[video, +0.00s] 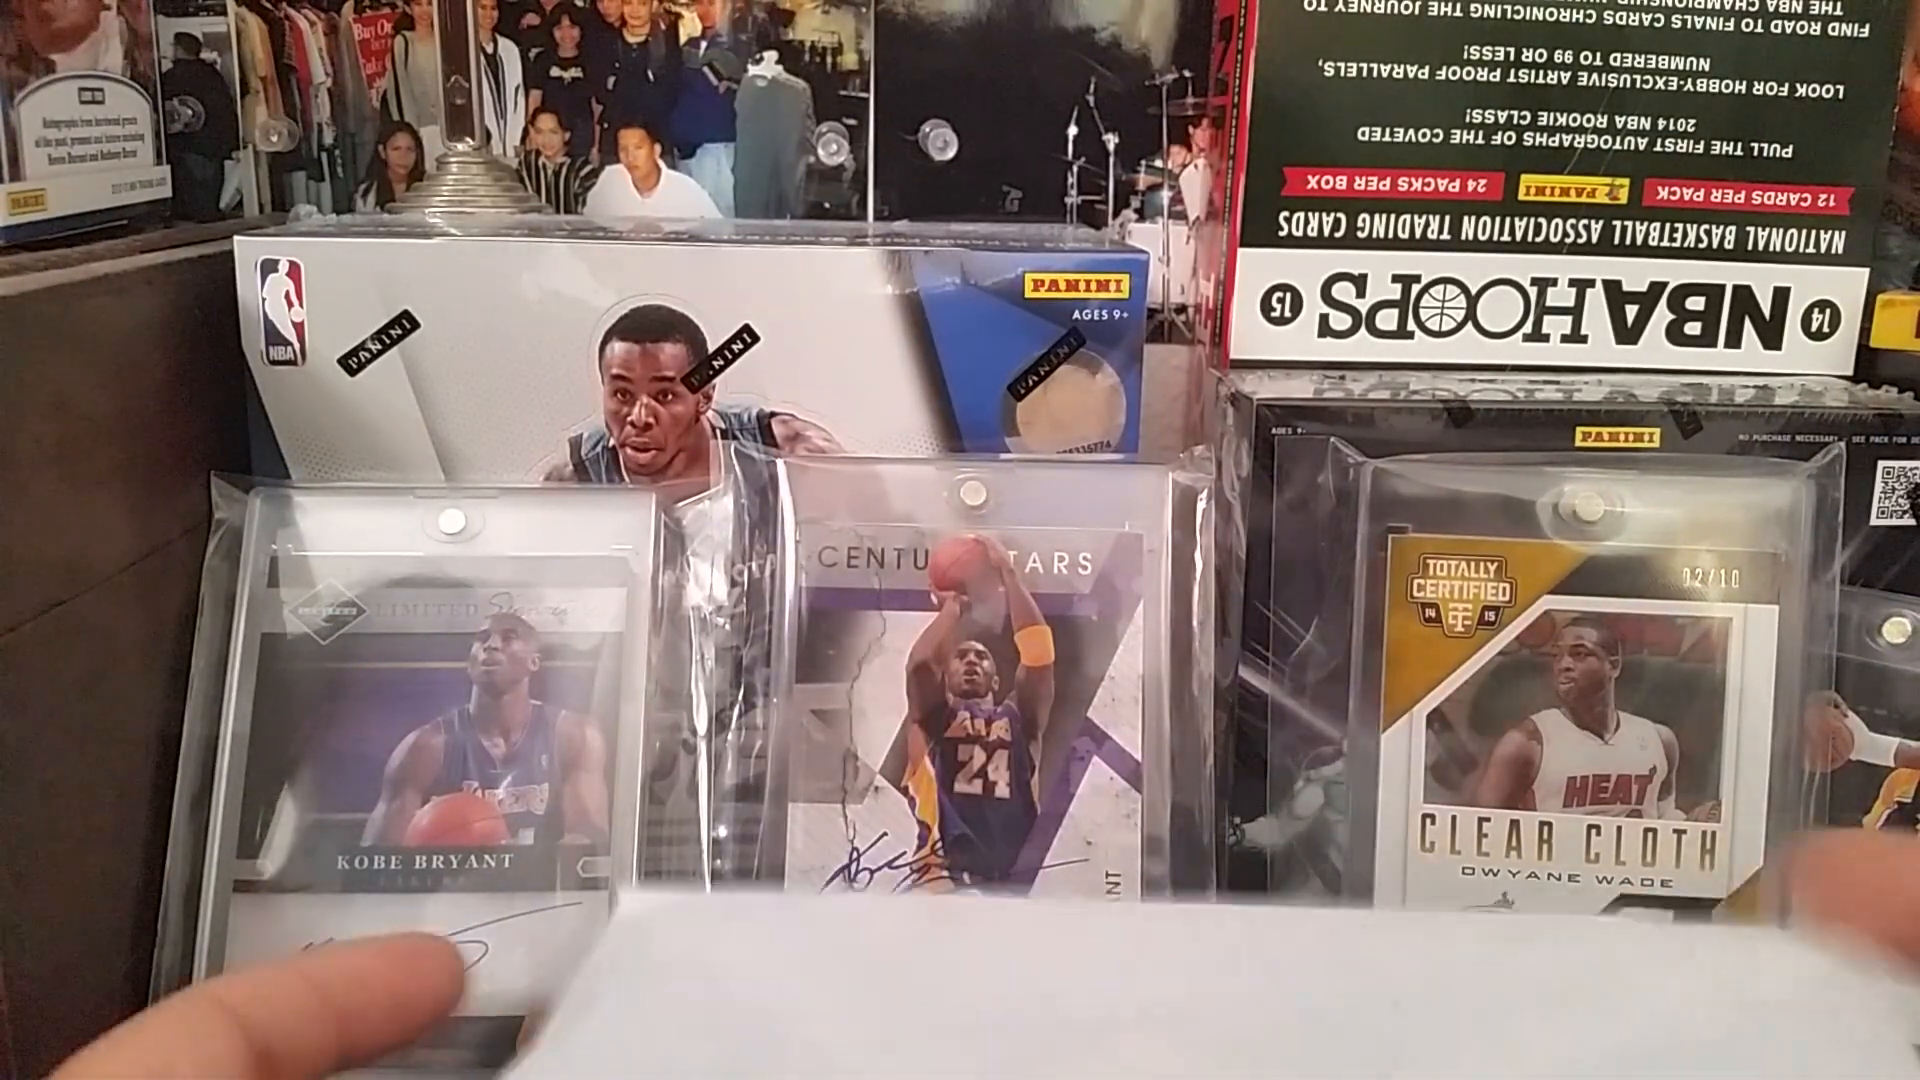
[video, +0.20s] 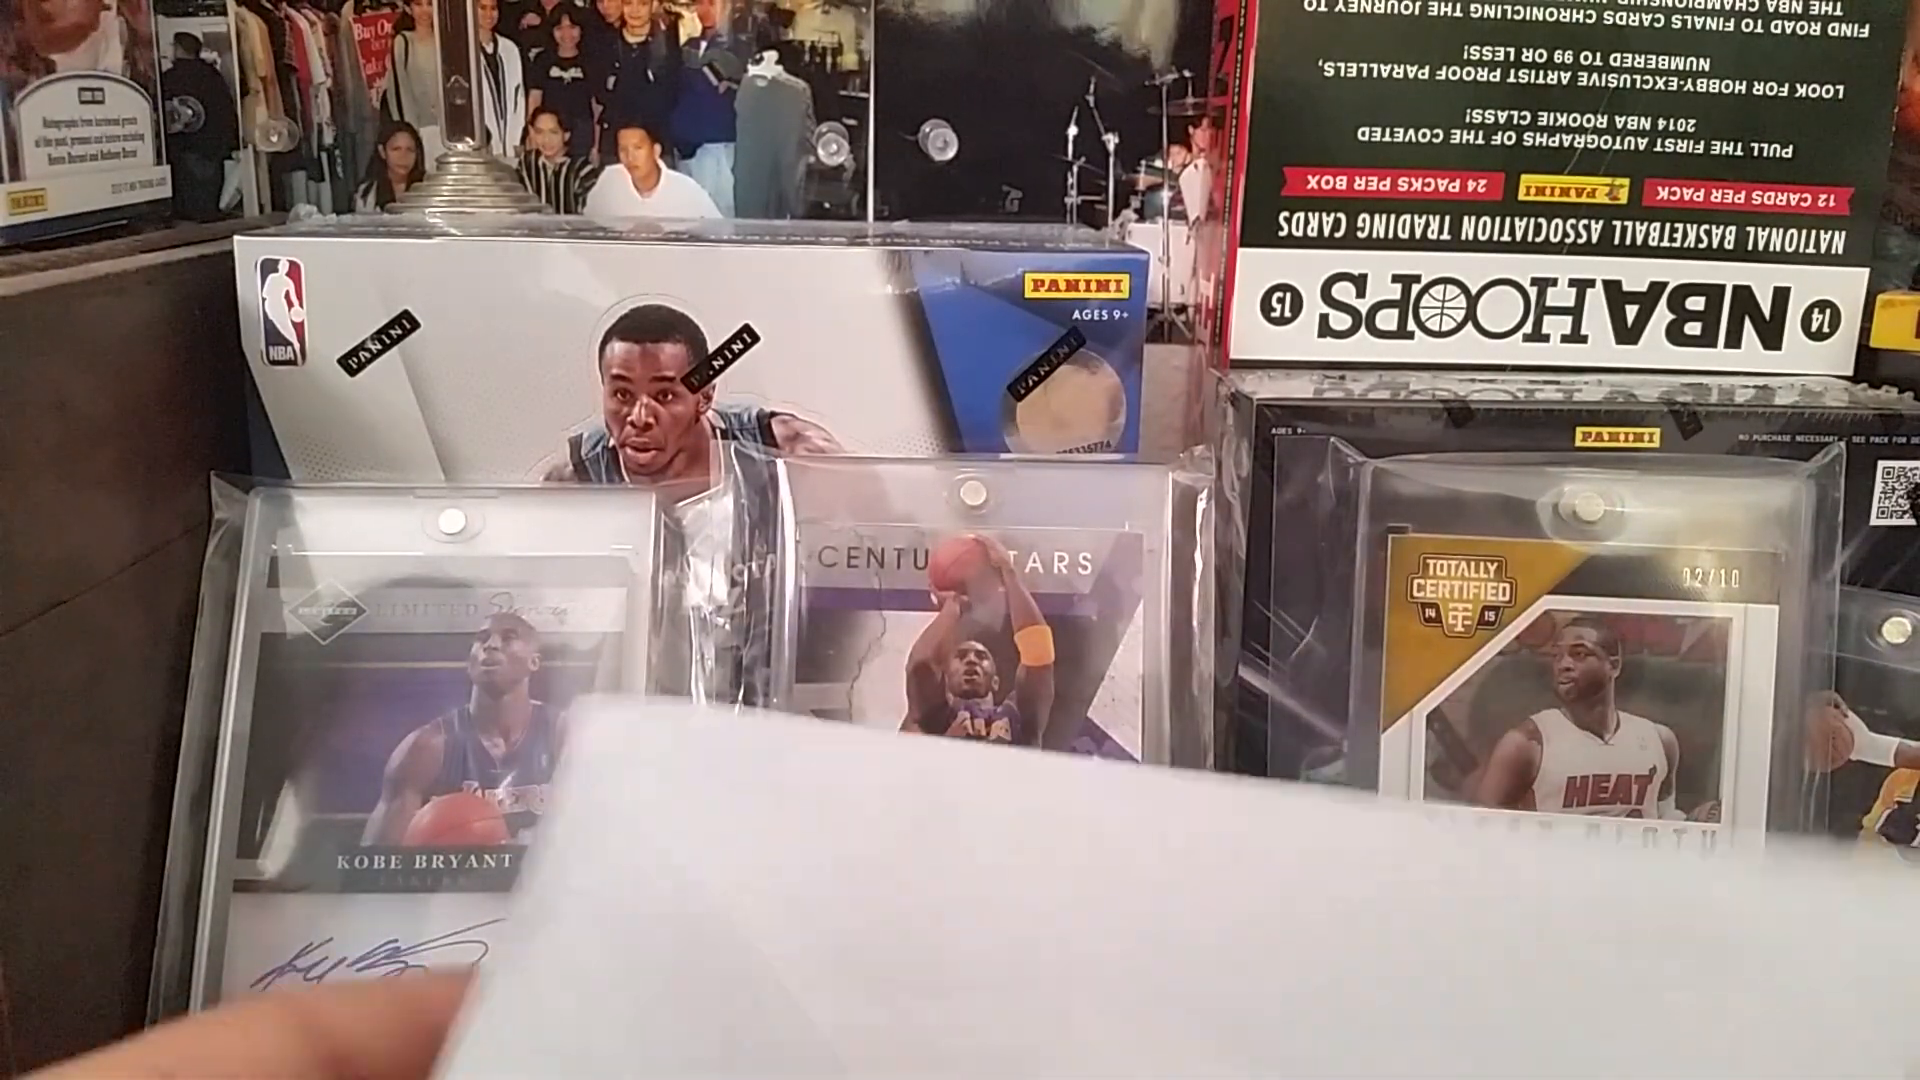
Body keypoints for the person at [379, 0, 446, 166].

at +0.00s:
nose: (425, 10)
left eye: (429, 4)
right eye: (418, 5)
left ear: (435, 7)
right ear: (409, 9)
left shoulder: (443, 38)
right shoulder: (402, 41)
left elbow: (453, 77)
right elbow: (402, 85)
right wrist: (410, 125)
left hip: (446, 116)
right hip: (420, 119)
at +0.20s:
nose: (425, 10)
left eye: (429, 4)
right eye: (418, 5)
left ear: (435, 8)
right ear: (409, 9)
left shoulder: (443, 38)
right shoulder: (402, 41)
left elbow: (452, 76)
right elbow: (401, 84)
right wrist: (410, 125)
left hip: (446, 116)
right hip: (419, 119)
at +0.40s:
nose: (425, 10)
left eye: (429, 4)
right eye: (418, 4)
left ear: (435, 7)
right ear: (408, 9)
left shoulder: (442, 38)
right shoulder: (403, 41)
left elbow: (452, 77)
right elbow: (402, 84)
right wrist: (410, 125)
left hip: (446, 115)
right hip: (420, 118)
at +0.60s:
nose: (425, 11)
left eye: (429, 4)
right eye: (418, 5)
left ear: (436, 8)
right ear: (408, 9)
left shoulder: (443, 39)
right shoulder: (403, 41)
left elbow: (453, 77)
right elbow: (402, 85)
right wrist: (409, 126)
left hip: (447, 117)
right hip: (420, 120)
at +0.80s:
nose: (425, 10)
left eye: (429, 4)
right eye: (418, 5)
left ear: (435, 8)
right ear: (409, 9)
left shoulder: (442, 39)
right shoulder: (403, 41)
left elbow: (452, 78)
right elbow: (401, 84)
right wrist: (410, 125)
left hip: (446, 115)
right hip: (419, 118)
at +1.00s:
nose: (425, 10)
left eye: (429, 4)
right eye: (418, 5)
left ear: (436, 8)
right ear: (408, 9)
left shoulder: (442, 39)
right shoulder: (402, 41)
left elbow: (452, 78)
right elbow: (401, 85)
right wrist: (409, 125)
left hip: (446, 117)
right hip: (419, 120)